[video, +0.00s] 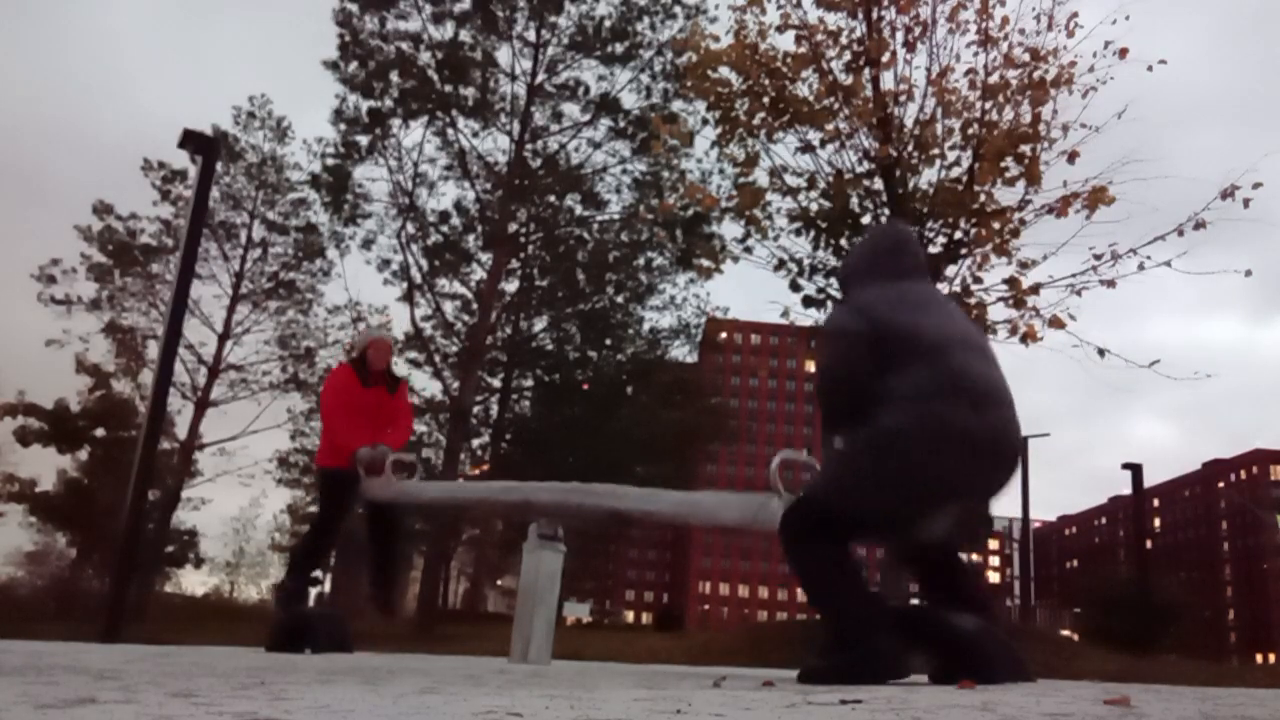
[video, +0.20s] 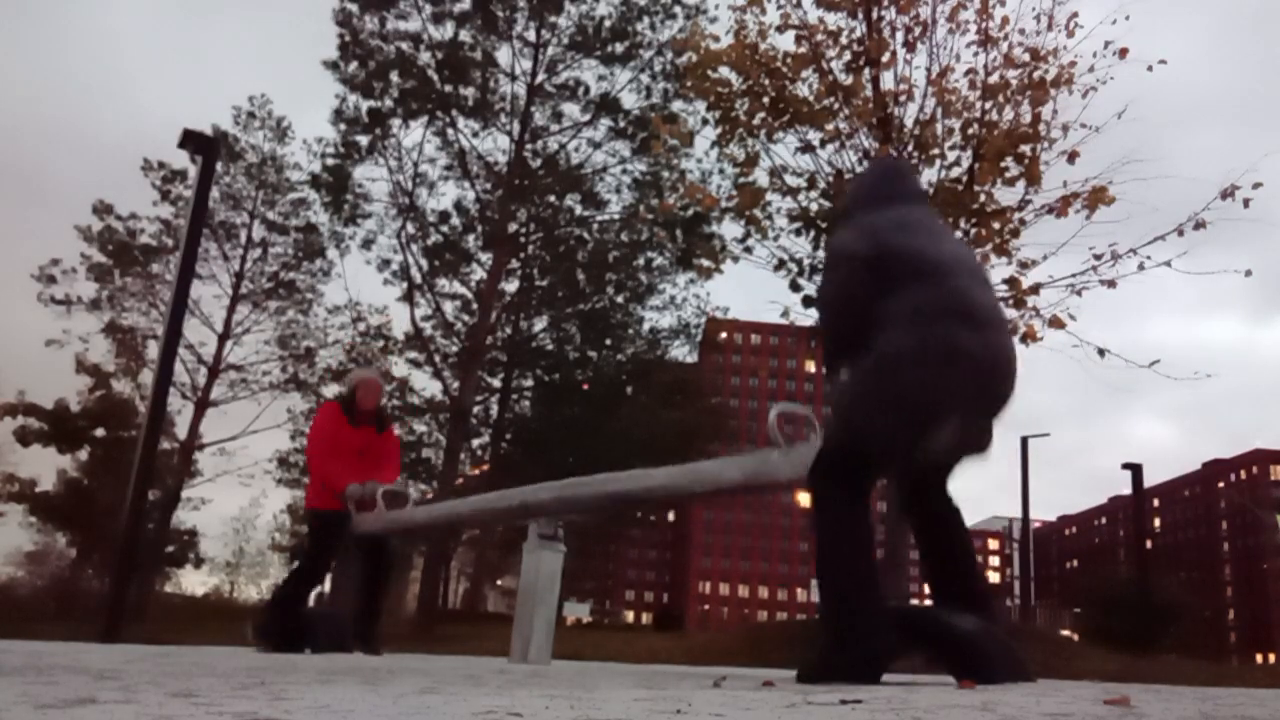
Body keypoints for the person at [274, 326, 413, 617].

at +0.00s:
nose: (381, 354)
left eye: (386, 349)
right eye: (376, 348)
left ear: (392, 353)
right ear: (363, 351)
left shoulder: (397, 386)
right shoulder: (342, 377)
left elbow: (404, 426)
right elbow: (333, 420)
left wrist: (385, 446)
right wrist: (358, 448)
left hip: (378, 469)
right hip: (338, 463)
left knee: (387, 528)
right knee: (329, 523)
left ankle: (384, 598)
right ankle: (293, 588)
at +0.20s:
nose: (369, 396)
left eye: (375, 391)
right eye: (364, 390)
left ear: (382, 395)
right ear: (353, 391)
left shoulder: (384, 428)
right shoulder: (331, 413)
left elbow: (390, 468)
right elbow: (319, 458)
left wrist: (375, 486)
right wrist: (346, 486)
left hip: (365, 511)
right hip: (327, 505)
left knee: (377, 564)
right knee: (317, 564)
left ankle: (364, 634)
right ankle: (273, 621)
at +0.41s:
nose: (362, 431)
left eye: (367, 426)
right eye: (357, 425)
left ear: (371, 429)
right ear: (343, 425)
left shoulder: (370, 461)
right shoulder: (315, 451)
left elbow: (374, 500)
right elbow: (306, 495)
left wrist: (368, 519)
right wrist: (337, 515)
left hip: (352, 535)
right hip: (315, 530)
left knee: (376, 572)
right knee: (313, 578)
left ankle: (358, 636)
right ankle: (274, 627)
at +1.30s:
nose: (378, 410)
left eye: (381, 405)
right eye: (373, 404)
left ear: (384, 408)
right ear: (358, 404)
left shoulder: (383, 440)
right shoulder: (331, 426)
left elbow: (388, 478)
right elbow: (308, 464)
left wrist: (373, 495)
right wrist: (343, 487)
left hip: (362, 517)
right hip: (323, 510)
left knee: (379, 568)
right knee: (316, 566)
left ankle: (362, 635)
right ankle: (275, 630)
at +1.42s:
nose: (382, 384)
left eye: (387, 378)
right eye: (377, 377)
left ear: (391, 381)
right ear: (363, 376)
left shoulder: (391, 414)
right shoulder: (334, 402)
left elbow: (394, 454)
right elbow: (320, 442)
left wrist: (378, 467)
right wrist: (353, 464)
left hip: (368, 492)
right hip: (329, 485)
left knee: (375, 548)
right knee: (323, 541)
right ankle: (287, 606)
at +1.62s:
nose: (389, 343)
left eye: (394, 337)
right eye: (383, 336)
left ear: (401, 343)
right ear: (372, 338)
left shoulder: (400, 374)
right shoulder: (350, 361)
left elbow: (404, 415)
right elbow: (336, 402)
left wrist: (389, 436)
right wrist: (364, 431)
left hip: (380, 454)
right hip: (342, 446)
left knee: (391, 510)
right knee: (335, 506)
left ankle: (381, 581)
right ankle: (303, 575)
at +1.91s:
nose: (395, 330)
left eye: (400, 325)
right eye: (389, 324)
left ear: (406, 330)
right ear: (377, 325)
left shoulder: (407, 362)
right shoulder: (355, 348)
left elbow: (414, 399)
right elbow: (344, 388)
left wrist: (397, 423)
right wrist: (368, 420)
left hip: (387, 442)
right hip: (348, 434)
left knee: (394, 501)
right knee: (343, 494)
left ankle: (387, 572)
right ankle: (314, 567)